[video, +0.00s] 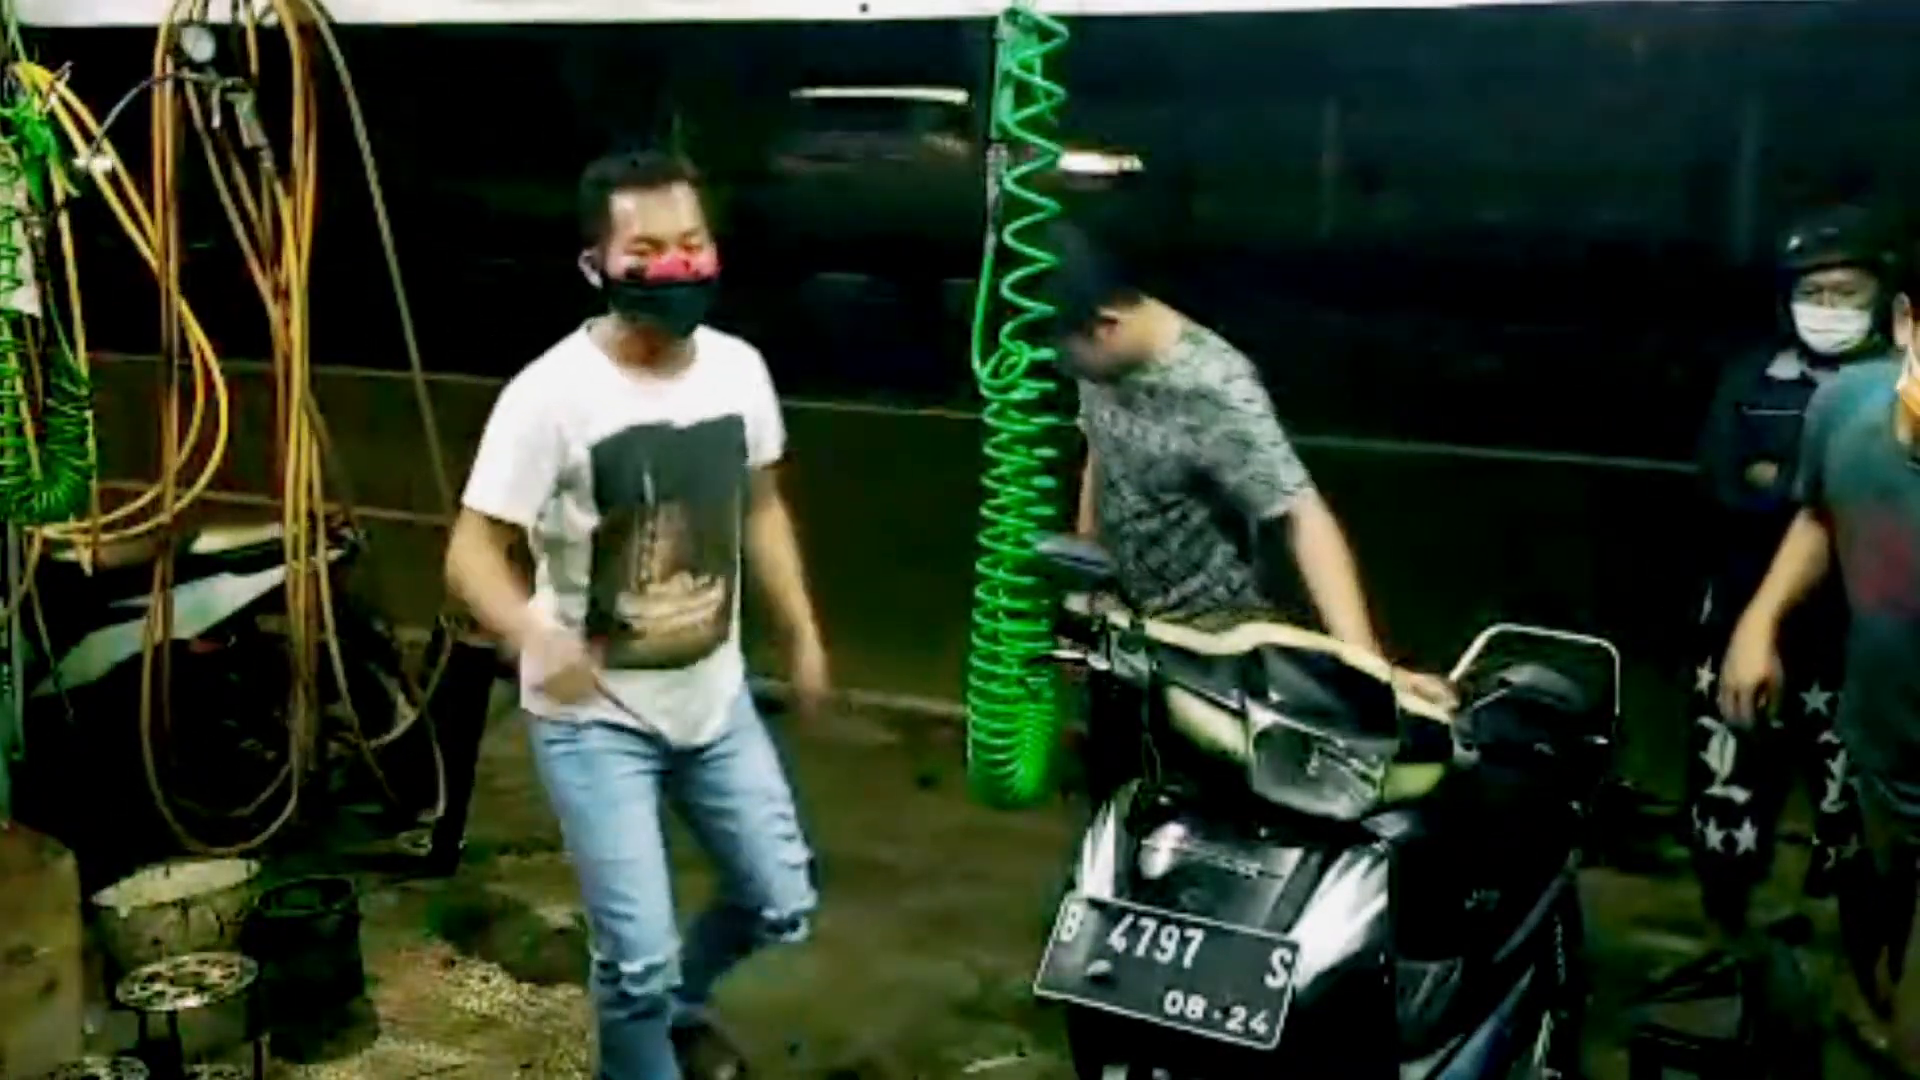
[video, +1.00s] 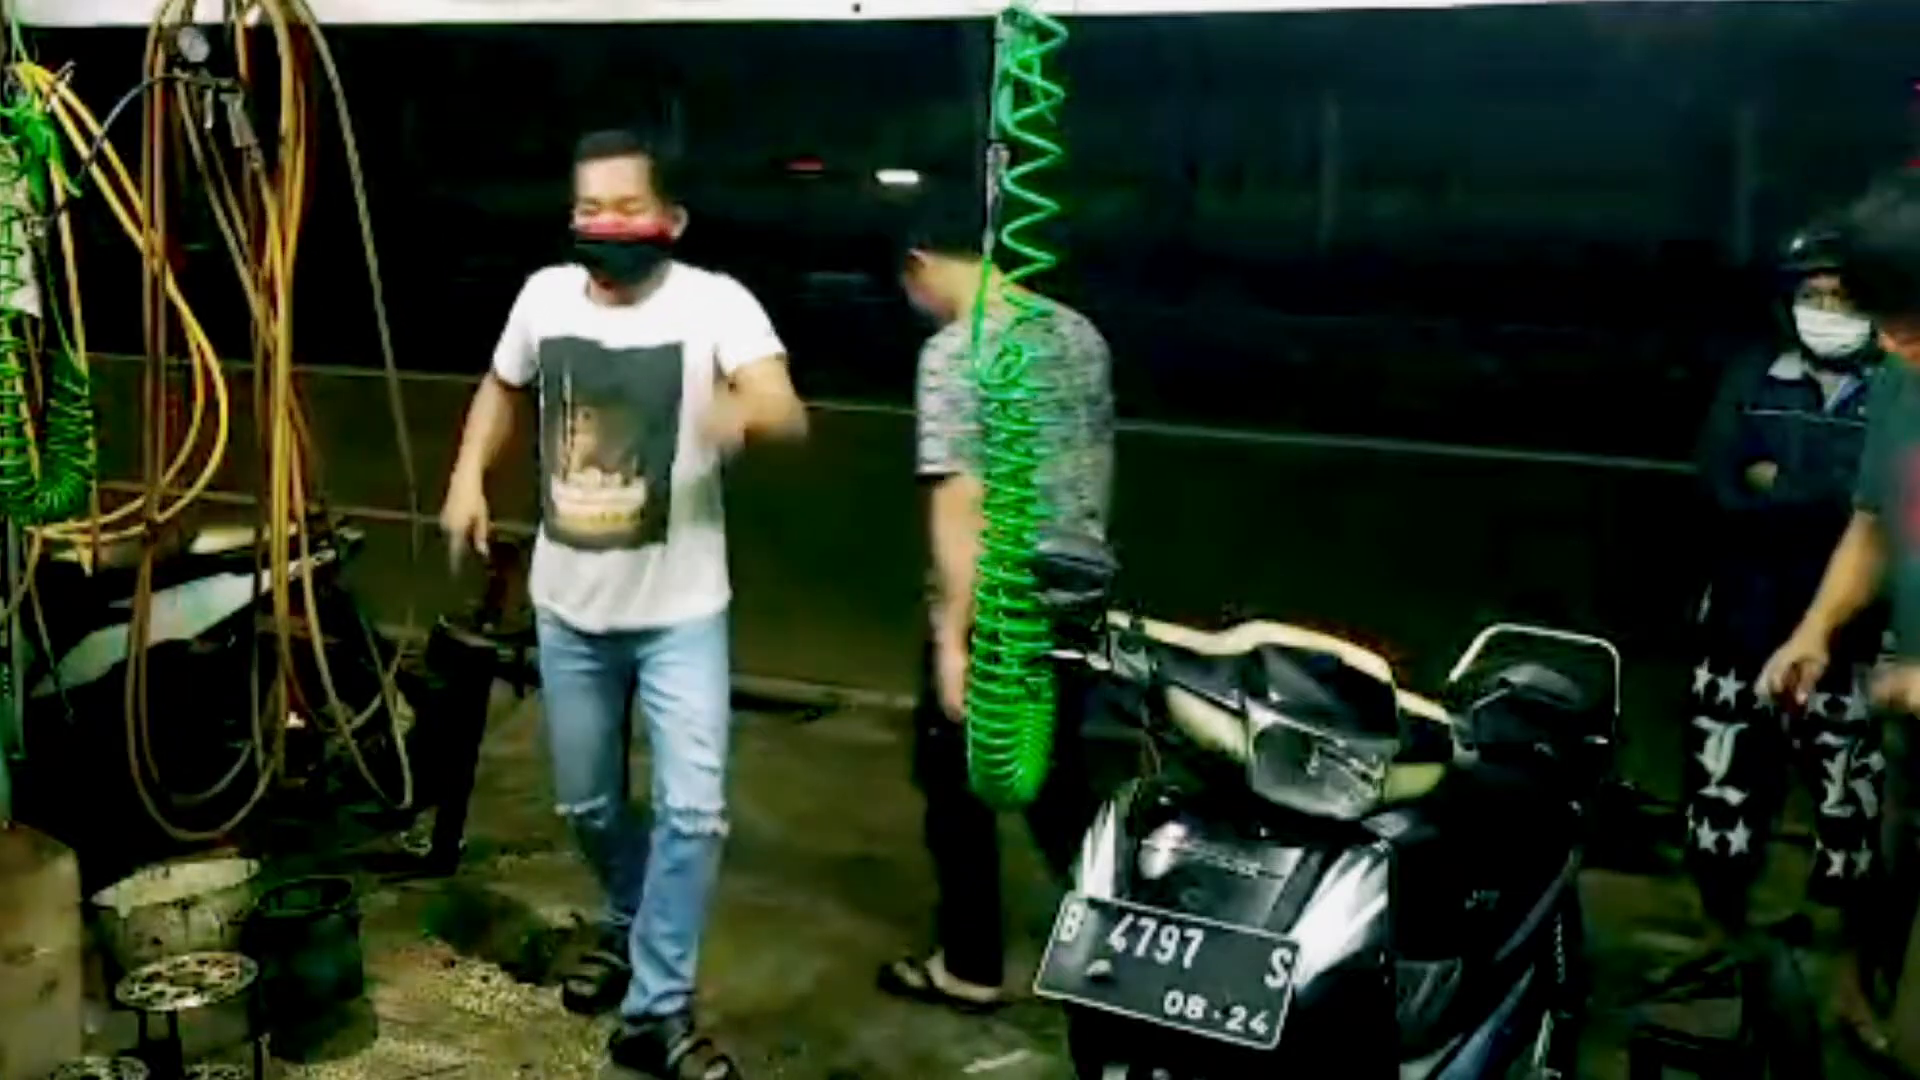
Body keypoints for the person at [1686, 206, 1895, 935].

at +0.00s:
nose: (1831, 309)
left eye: (1848, 293)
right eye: (1814, 293)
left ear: (1882, 305)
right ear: (1788, 300)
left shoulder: (1885, 393)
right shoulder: (1755, 385)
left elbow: (1875, 507)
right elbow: (1719, 487)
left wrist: (1779, 478)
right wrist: (1755, 628)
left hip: (1849, 630)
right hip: (1751, 619)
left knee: (1849, 781)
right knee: (1730, 788)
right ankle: (1726, 926)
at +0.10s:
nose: (1830, 308)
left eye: (1848, 292)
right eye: (1814, 292)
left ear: (1881, 303)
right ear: (1788, 300)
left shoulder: (1884, 393)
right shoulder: (1755, 385)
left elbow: (1874, 500)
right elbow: (1719, 485)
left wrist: (1780, 478)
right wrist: (1761, 625)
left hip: (1849, 628)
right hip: (1748, 612)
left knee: (1849, 781)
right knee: (1728, 794)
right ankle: (1728, 930)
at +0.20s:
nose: (1830, 307)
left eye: (1848, 291)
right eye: (1814, 291)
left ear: (1878, 300)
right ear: (1788, 299)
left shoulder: (1883, 393)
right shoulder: (1753, 384)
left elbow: (1883, 497)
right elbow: (1716, 486)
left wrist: (1783, 481)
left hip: (1853, 624)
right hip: (1748, 612)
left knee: (1848, 796)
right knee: (1725, 793)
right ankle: (1726, 929)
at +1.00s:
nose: (1827, 313)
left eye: (1842, 300)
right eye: (1813, 298)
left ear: (1869, 309)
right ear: (1789, 305)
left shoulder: (1889, 396)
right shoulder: (1751, 387)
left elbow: (1888, 503)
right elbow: (1714, 491)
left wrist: (1779, 480)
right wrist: (1843, 496)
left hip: (1853, 636)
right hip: (1745, 627)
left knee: (1854, 817)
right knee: (1720, 800)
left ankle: (1856, 983)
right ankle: (1721, 939)